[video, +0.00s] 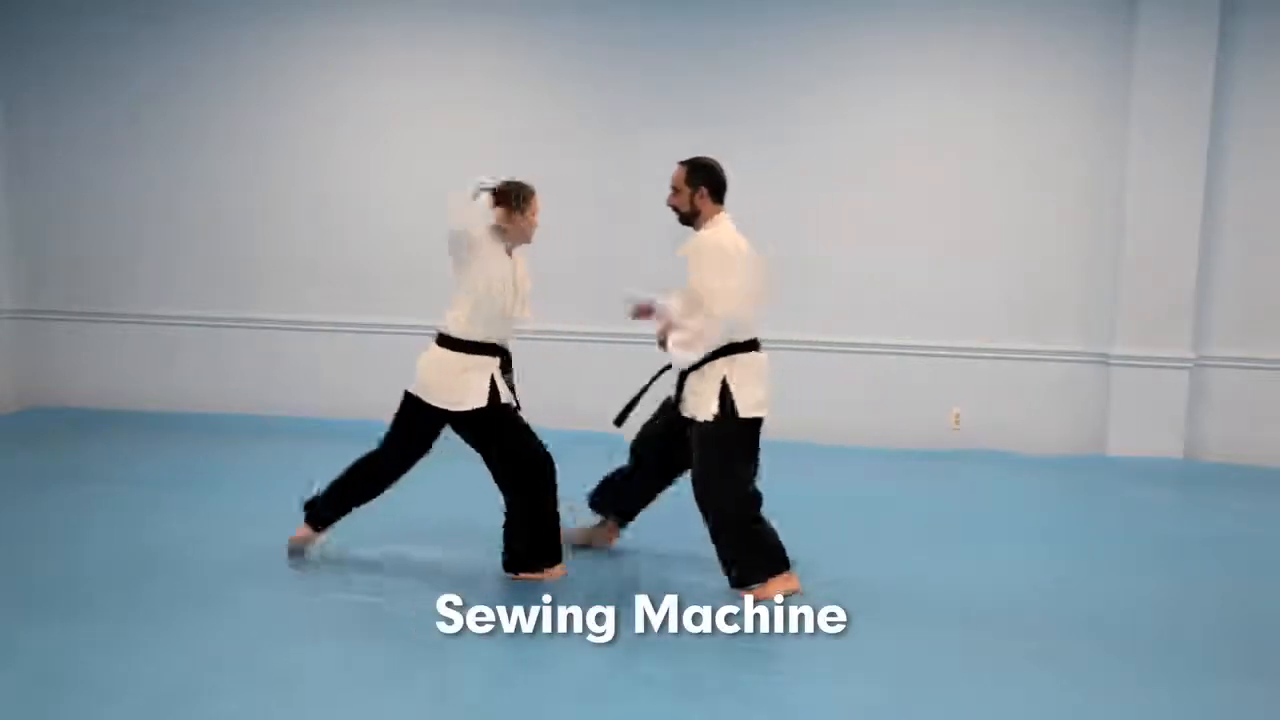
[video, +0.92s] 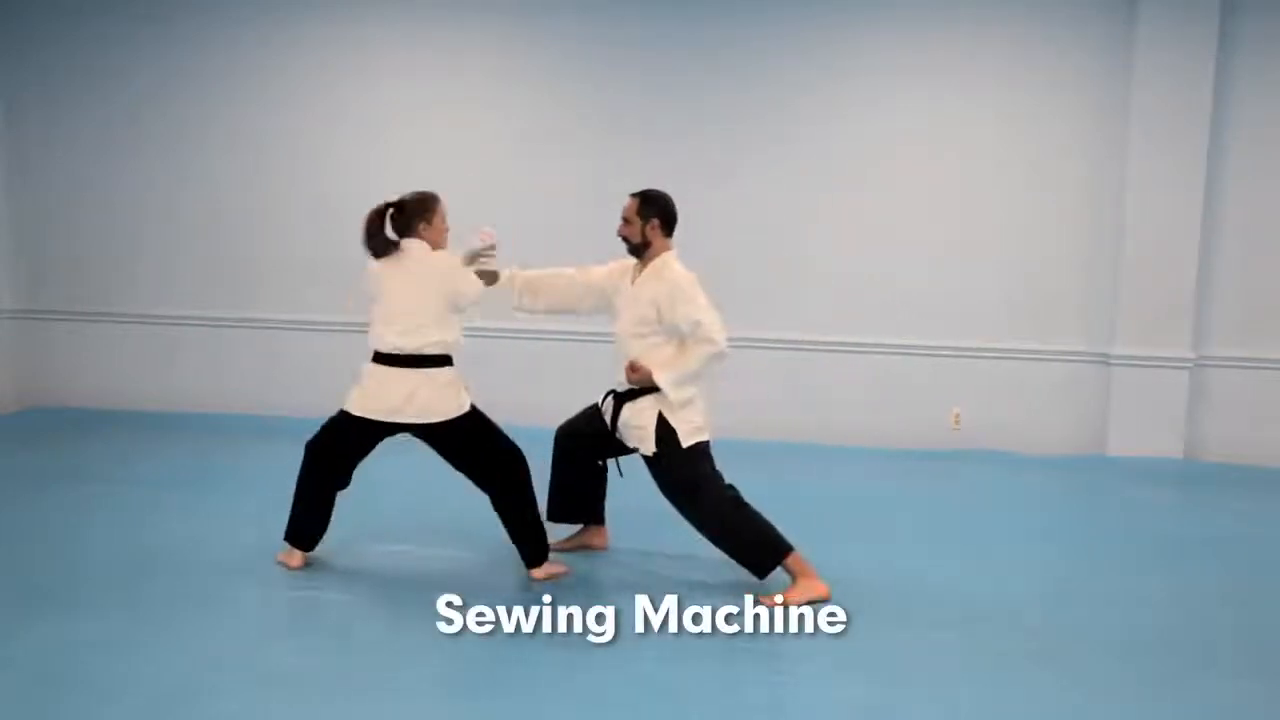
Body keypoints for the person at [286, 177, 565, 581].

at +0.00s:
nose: (538, 224)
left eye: (537, 216)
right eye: (533, 216)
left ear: (511, 217)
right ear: (511, 218)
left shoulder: (512, 260)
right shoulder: (476, 248)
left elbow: (500, 334)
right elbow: (462, 228)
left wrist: (510, 392)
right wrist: (476, 195)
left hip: (439, 376)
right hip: (464, 382)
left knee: (391, 459)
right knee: (532, 466)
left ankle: (315, 521)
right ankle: (527, 563)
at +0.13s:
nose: (495, 230)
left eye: (495, 222)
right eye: (493, 222)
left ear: (449, 223)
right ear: (478, 224)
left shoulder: (414, 265)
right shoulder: (475, 263)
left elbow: (395, 321)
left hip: (400, 393)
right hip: (455, 398)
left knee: (354, 466)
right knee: (527, 458)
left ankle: (306, 547)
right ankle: (527, 553)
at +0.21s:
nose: (473, 229)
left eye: (469, 221)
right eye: (466, 224)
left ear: (415, 233)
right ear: (451, 233)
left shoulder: (383, 275)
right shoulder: (470, 273)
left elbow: (341, 305)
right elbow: (506, 286)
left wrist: (380, 329)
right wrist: (485, 247)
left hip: (392, 402)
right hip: (454, 404)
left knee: (336, 457)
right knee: (523, 459)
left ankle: (305, 548)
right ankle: (534, 551)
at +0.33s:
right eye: (441, 238)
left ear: (398, 243)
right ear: (440, 242)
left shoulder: (384, 284)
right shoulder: (465, 284)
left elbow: (368, 334)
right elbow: (517, 300)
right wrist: (508, 259)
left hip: (393, 413)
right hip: (454, 415)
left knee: (321, 453)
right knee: (524, 468)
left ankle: (294, 549)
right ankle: (542, 562)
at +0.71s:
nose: (444, 239)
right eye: (443, 234)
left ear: (402, 238)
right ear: (440, 239)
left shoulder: (383, 281)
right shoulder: (461, 282)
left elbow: (356, 341)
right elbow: (506, 307)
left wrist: (380, 356)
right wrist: (503, 266)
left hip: (390, 408)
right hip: (451, 410)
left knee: (322, 452)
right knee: (523, 465)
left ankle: (296, 549)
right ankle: (542, 563)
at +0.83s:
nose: (446, 233)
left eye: (443, 225)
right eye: (442, 226)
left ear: (402, 233)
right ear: (428, 232)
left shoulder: (378, 277)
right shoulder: (457, 275)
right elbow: (503, 292)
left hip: (383, 403)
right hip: (445, 406)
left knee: (322, 454)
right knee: (512, 468)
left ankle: (297, 549)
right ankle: (540, 562)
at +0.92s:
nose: (447, 228)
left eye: (444, 220)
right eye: (443, 222)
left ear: (405, 228)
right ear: (425, 227)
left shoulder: (379, 267)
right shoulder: (446, 267)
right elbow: (470, 293)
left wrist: (466, 260)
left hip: (377, 396)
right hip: (437, 400)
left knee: (322, 455)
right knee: (506, 464)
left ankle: (296, 549)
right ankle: (538, 562)